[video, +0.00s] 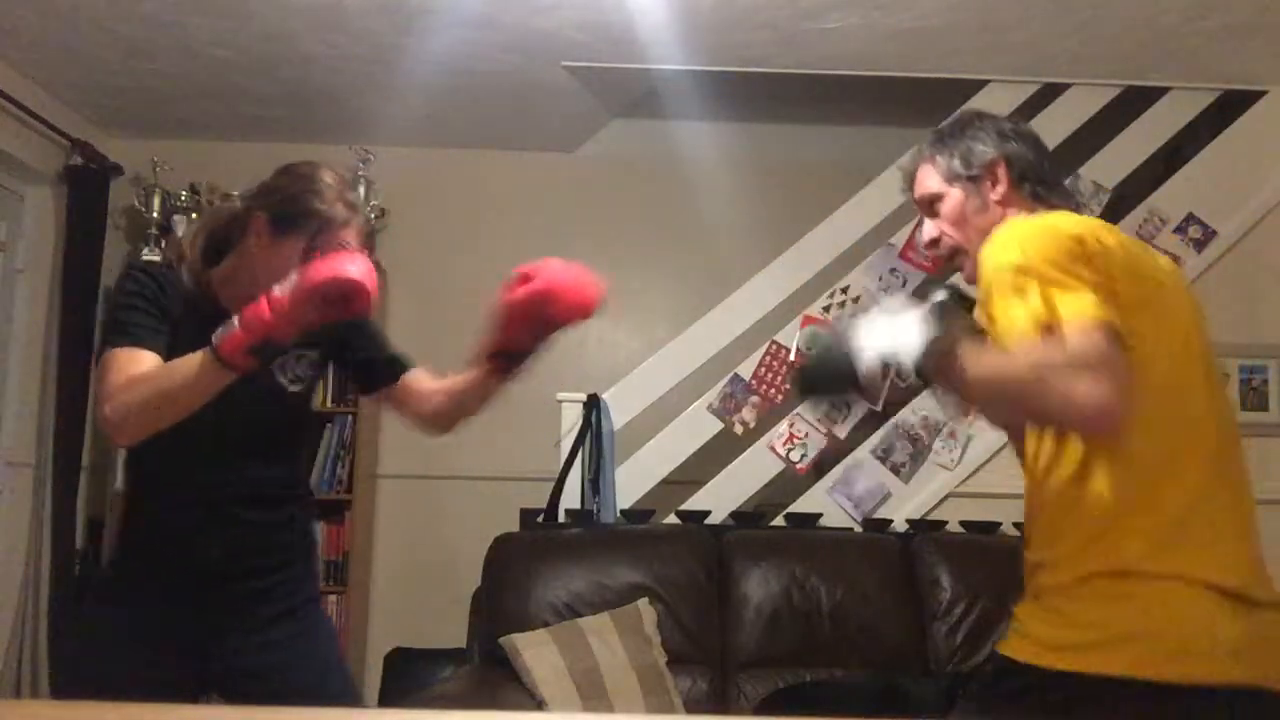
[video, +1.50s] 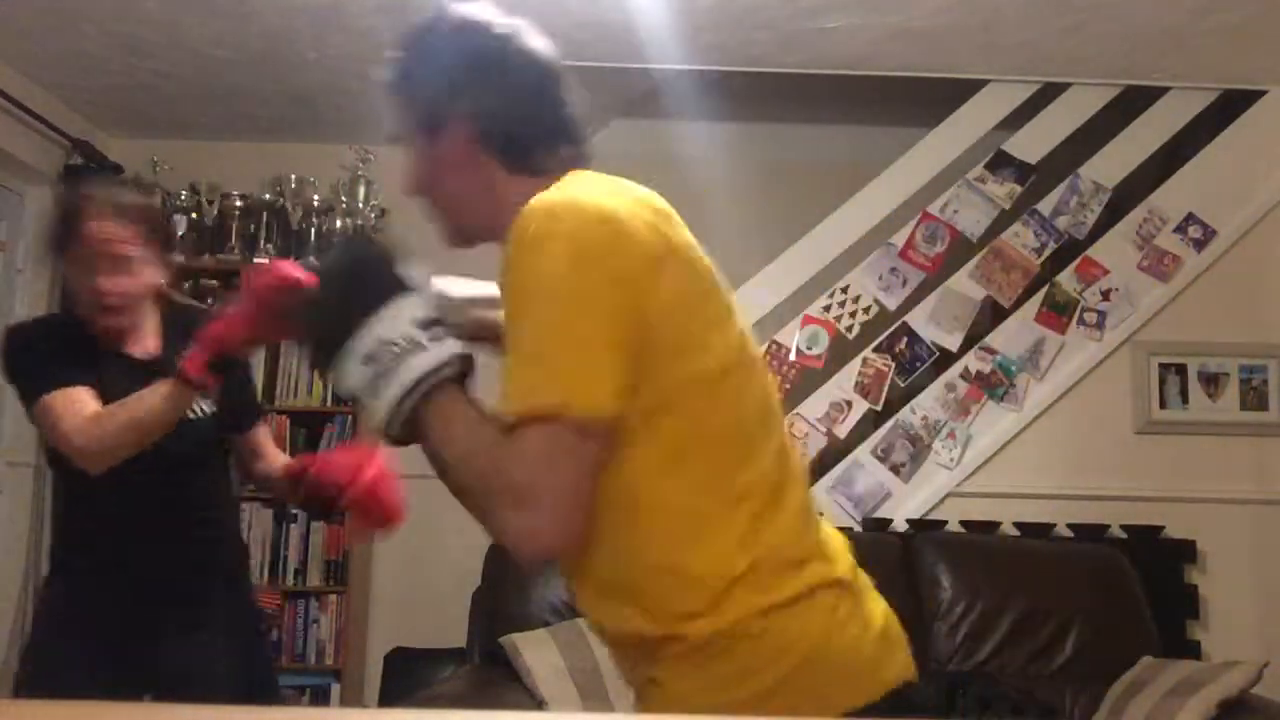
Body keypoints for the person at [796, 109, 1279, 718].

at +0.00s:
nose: (927, 236)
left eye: (934, 207)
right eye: (921, 217)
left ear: (994, 180)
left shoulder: (1027, 239)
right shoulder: (1155, 268)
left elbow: (1093, 393)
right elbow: (1060, 449)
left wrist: (937, 350)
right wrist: (964, 350)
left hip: (1107, 652)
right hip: (1237, 665)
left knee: (791, 705)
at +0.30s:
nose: (830, 228)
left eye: (833, 208)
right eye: (829, 211)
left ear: (878, 195)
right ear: (946, 197)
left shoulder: (871, 262)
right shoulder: (1062, 270)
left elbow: (682, 341)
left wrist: (566, 292)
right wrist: (891, 488)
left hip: (952, 667)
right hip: (1124, 677)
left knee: (768, 701)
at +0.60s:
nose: (724, 233)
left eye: (726, 215)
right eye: (725, 217)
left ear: (765, 199)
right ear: (850, 205)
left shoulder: (728, 281)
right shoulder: (971, 292)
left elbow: (496, 320)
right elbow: (1002, 494)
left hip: (798, 679)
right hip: (987, 681)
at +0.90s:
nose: (758, 170)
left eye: (760, 152)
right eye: (758, 154)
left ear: (795, 135)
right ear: (883, 141)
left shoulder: (774, 207)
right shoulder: (1002, 229)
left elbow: (697, 397)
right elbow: (1034, 394)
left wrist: (625, 323)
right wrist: (786, 390)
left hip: (845, 656)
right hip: (1042, 654)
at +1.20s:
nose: (729, 172)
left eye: (732, 155)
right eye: (729, 159)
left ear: (762, 147)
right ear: (864, 153)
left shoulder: (716, 225)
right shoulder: (971, 229)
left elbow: (495, 295)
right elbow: (1027, 377)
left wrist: (439, 258)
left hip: (815, 661)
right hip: (1021, 663)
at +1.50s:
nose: (410, 180)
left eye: (415, 144)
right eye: (408, 147)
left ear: (463, 134)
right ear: (474, 135)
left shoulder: (570, 226)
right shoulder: (605, 215)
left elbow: (539, 521)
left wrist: (411, 373)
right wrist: (425, 323)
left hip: (767, 686)